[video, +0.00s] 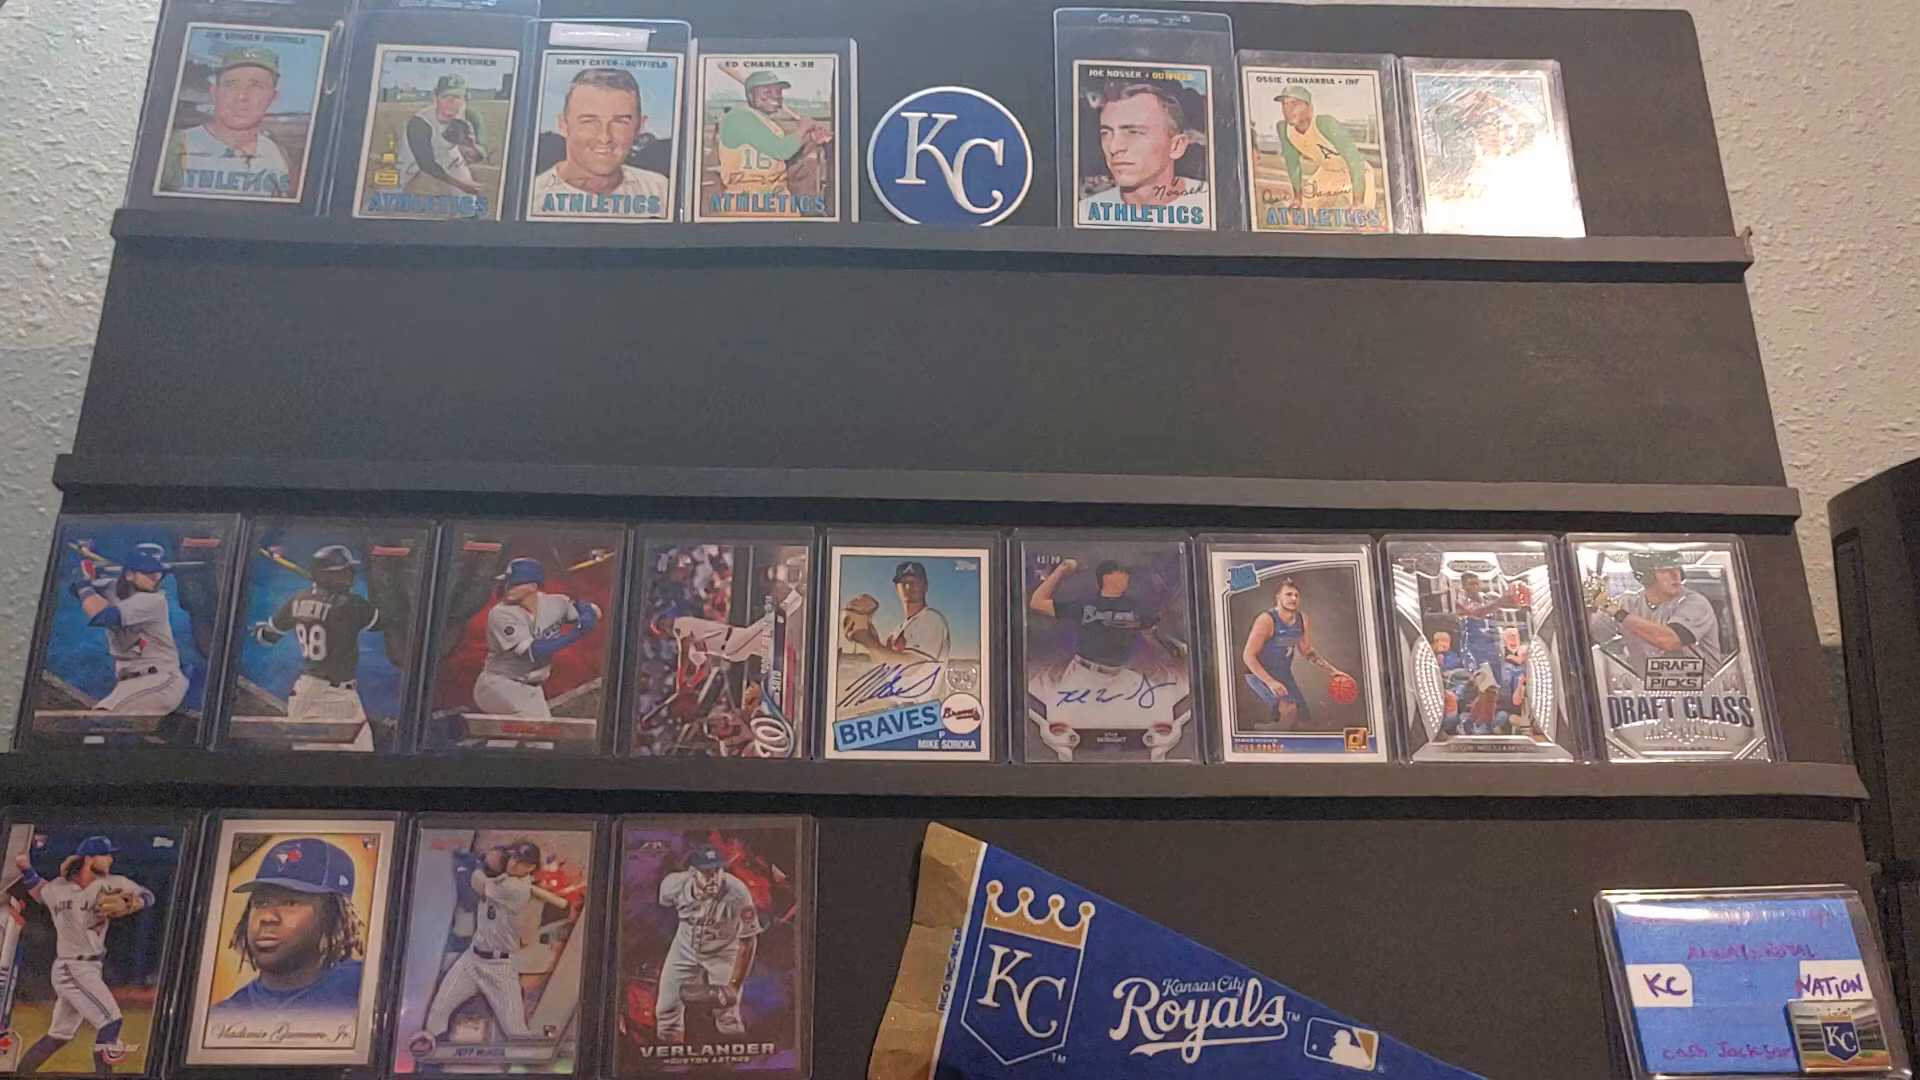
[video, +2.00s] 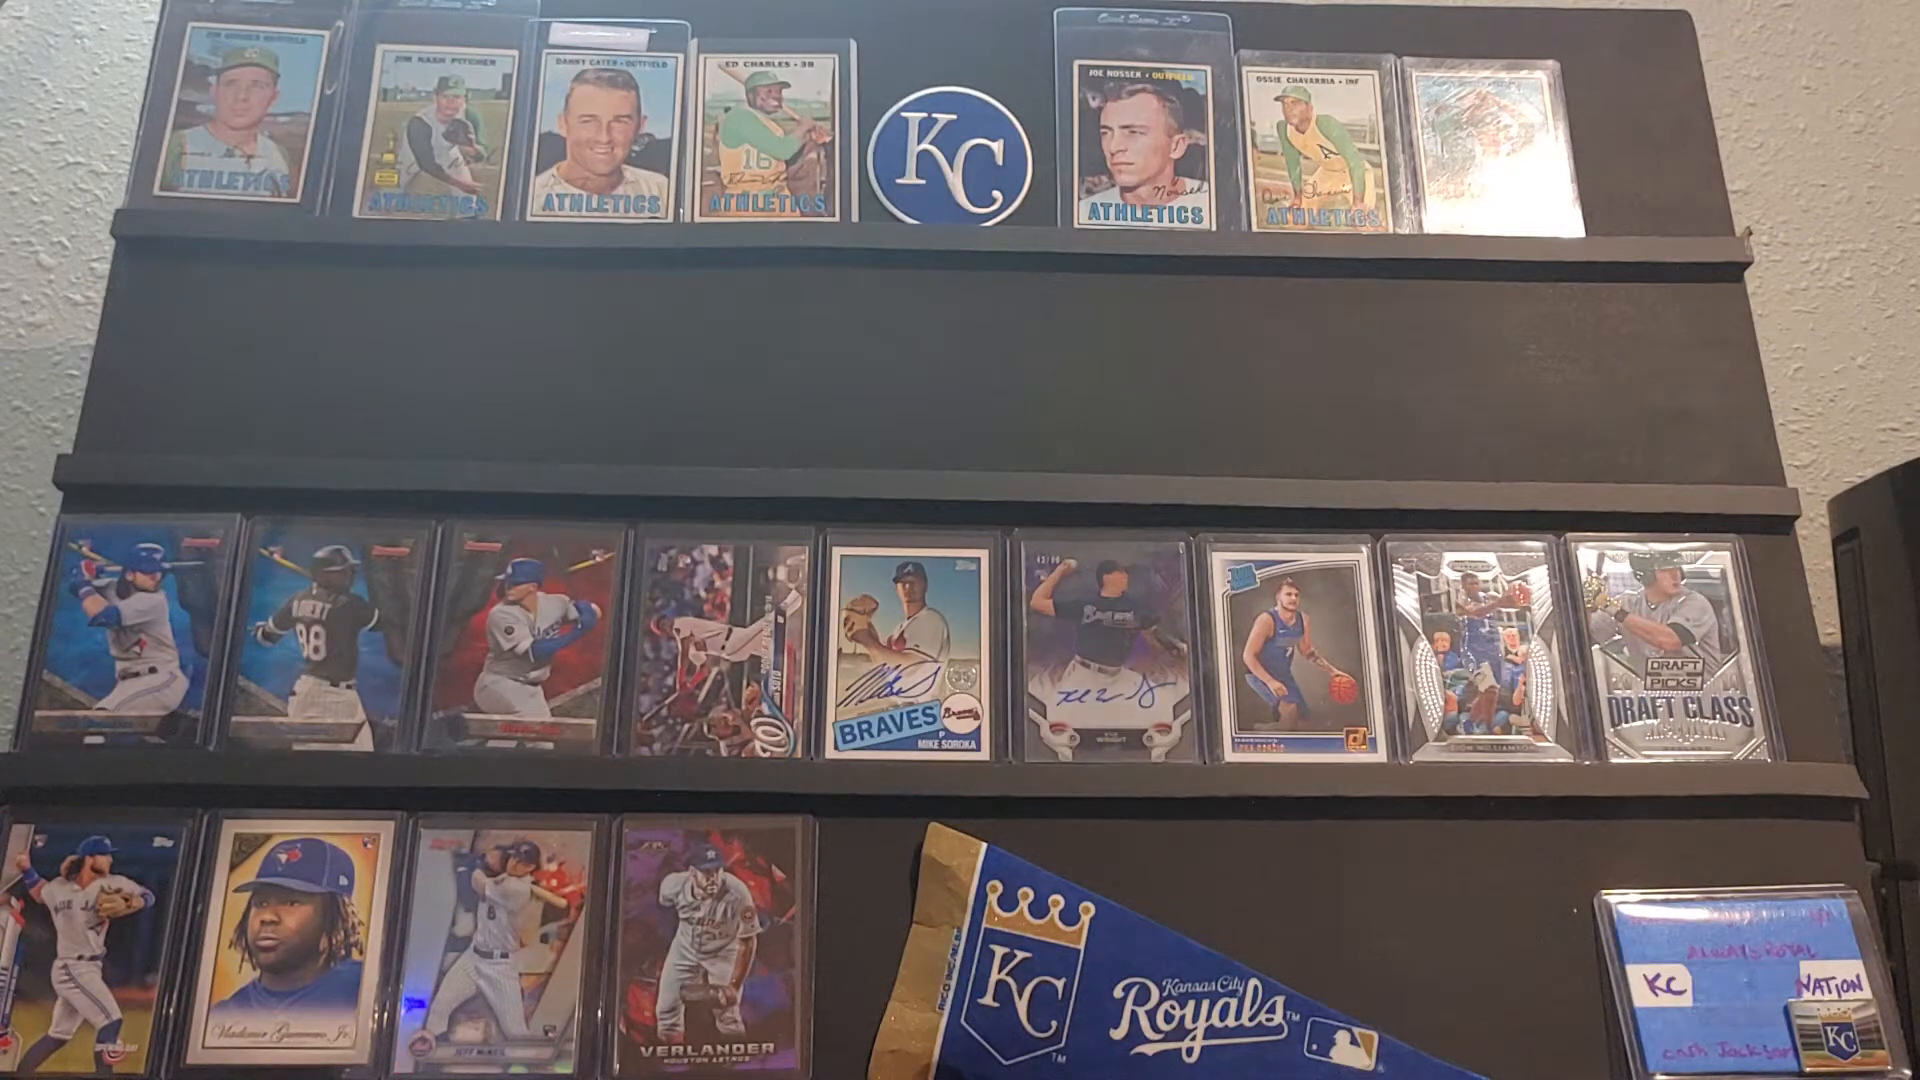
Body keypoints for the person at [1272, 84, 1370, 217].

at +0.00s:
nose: (1288, 109)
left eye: (1294, 104)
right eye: (1284, 104)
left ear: (1309, 108)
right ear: (1281, 108)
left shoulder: (1326, 123)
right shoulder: (1283, 129)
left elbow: (1354, 160)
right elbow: (1292, 164)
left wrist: (1358, 203)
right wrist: (1297, 198)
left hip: (1355, 173)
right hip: (1326, 172)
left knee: (1360, 218)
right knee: (1303, 208)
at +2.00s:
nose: (1289, 109)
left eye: (1294, 103)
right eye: (1285, 104)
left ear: (1309, 108)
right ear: (1281, 108)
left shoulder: (1327, 124)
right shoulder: (1283, 129)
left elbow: (1355, 162)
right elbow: (1293, 164)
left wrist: (1358, 203)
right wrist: (1297, 197)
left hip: (1355, 173)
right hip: (1327, 172)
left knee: (1362, 220)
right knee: (1301, 209)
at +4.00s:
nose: (1288, 109)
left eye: (1294, 104)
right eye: (1284, 104)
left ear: (1309, 108)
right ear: (1281, 108)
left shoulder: (1327, 124)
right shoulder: (1284, 128)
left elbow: (1355, 161)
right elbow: (1292, 163)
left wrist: (1358, 203)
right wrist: (1297, 197)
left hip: (1354, 172)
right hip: (1327, 172)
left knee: (1361, 218)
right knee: (1303, 207)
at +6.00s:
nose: (1288, 109)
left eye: (1294, 103)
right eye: (1284, 105)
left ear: (1308, 107)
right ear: (1281, 108)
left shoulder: (1327, 124)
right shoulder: (1283, 128)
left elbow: (1355, 160)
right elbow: (1293, 163)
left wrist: (1358, 202)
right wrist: (1297, 197)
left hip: (1354, 174)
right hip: (1327, 173)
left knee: (1360, 218)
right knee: (1302, 210)